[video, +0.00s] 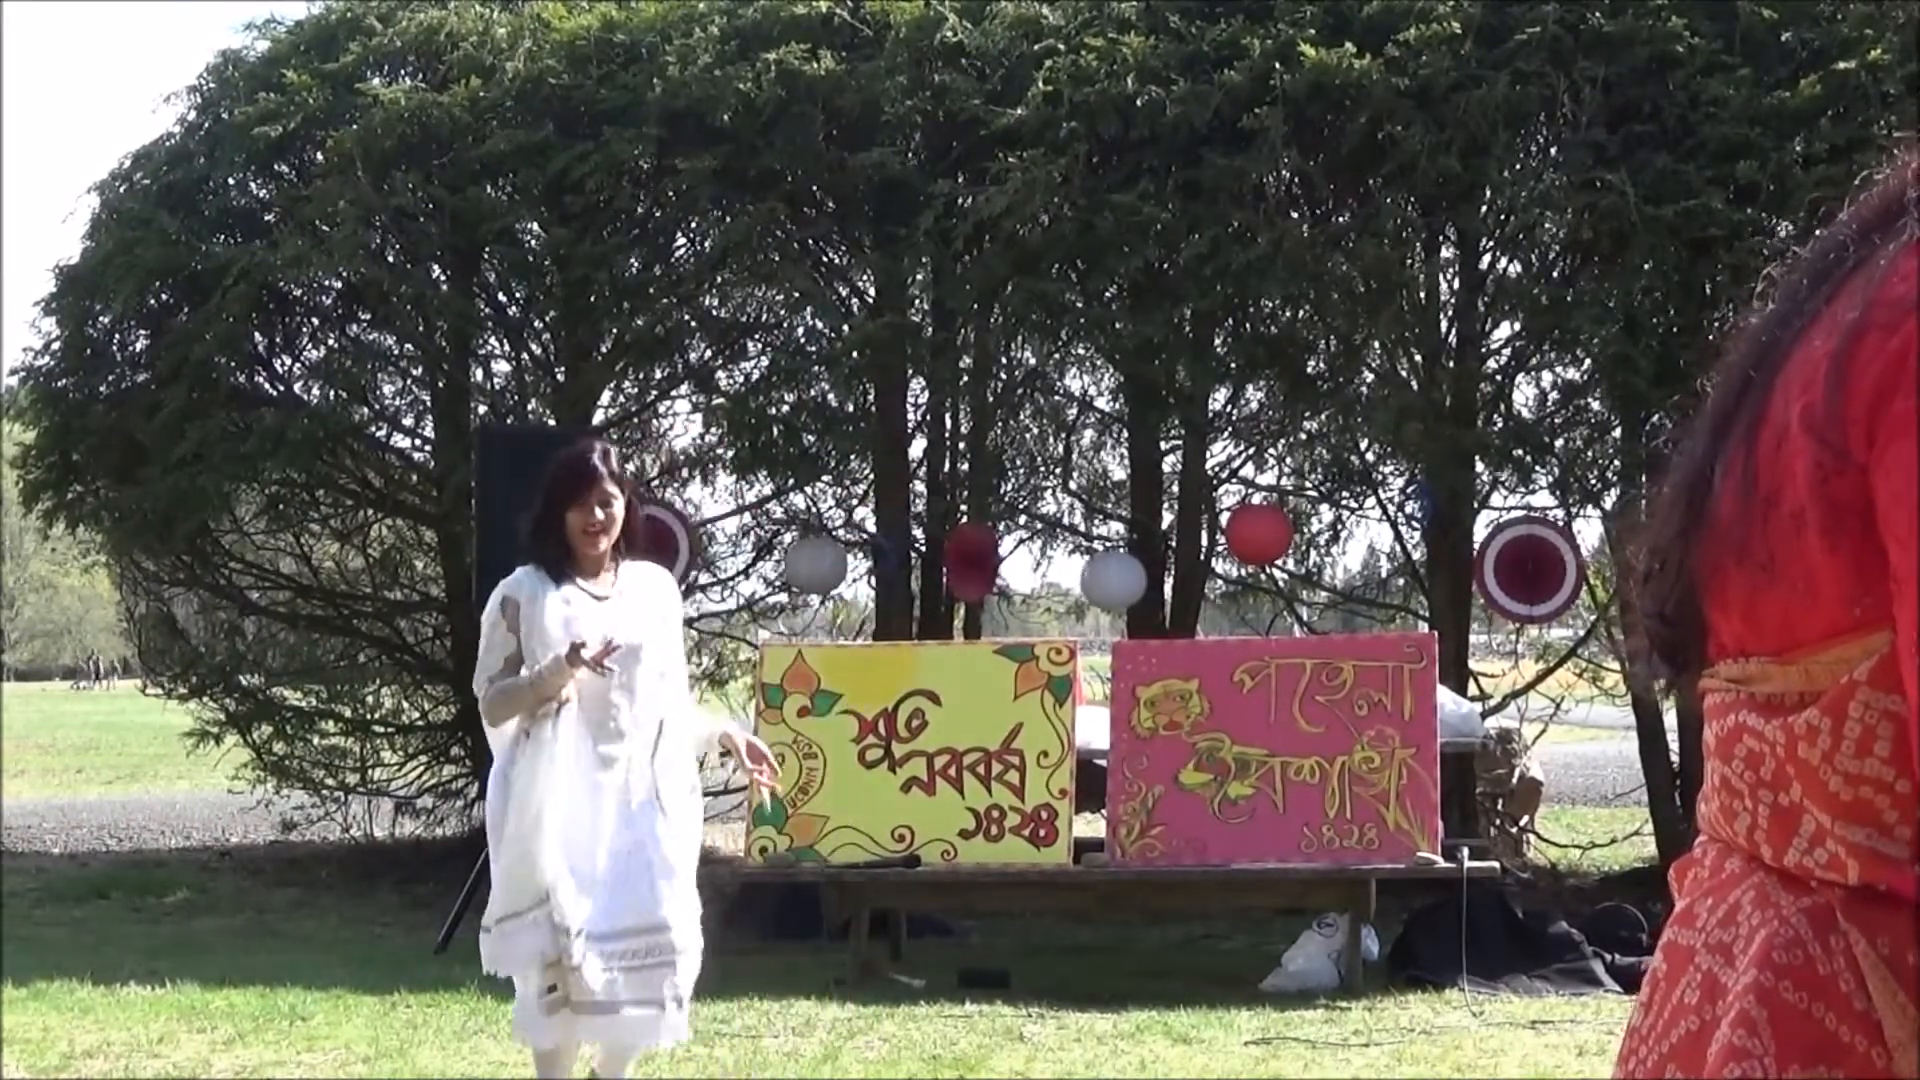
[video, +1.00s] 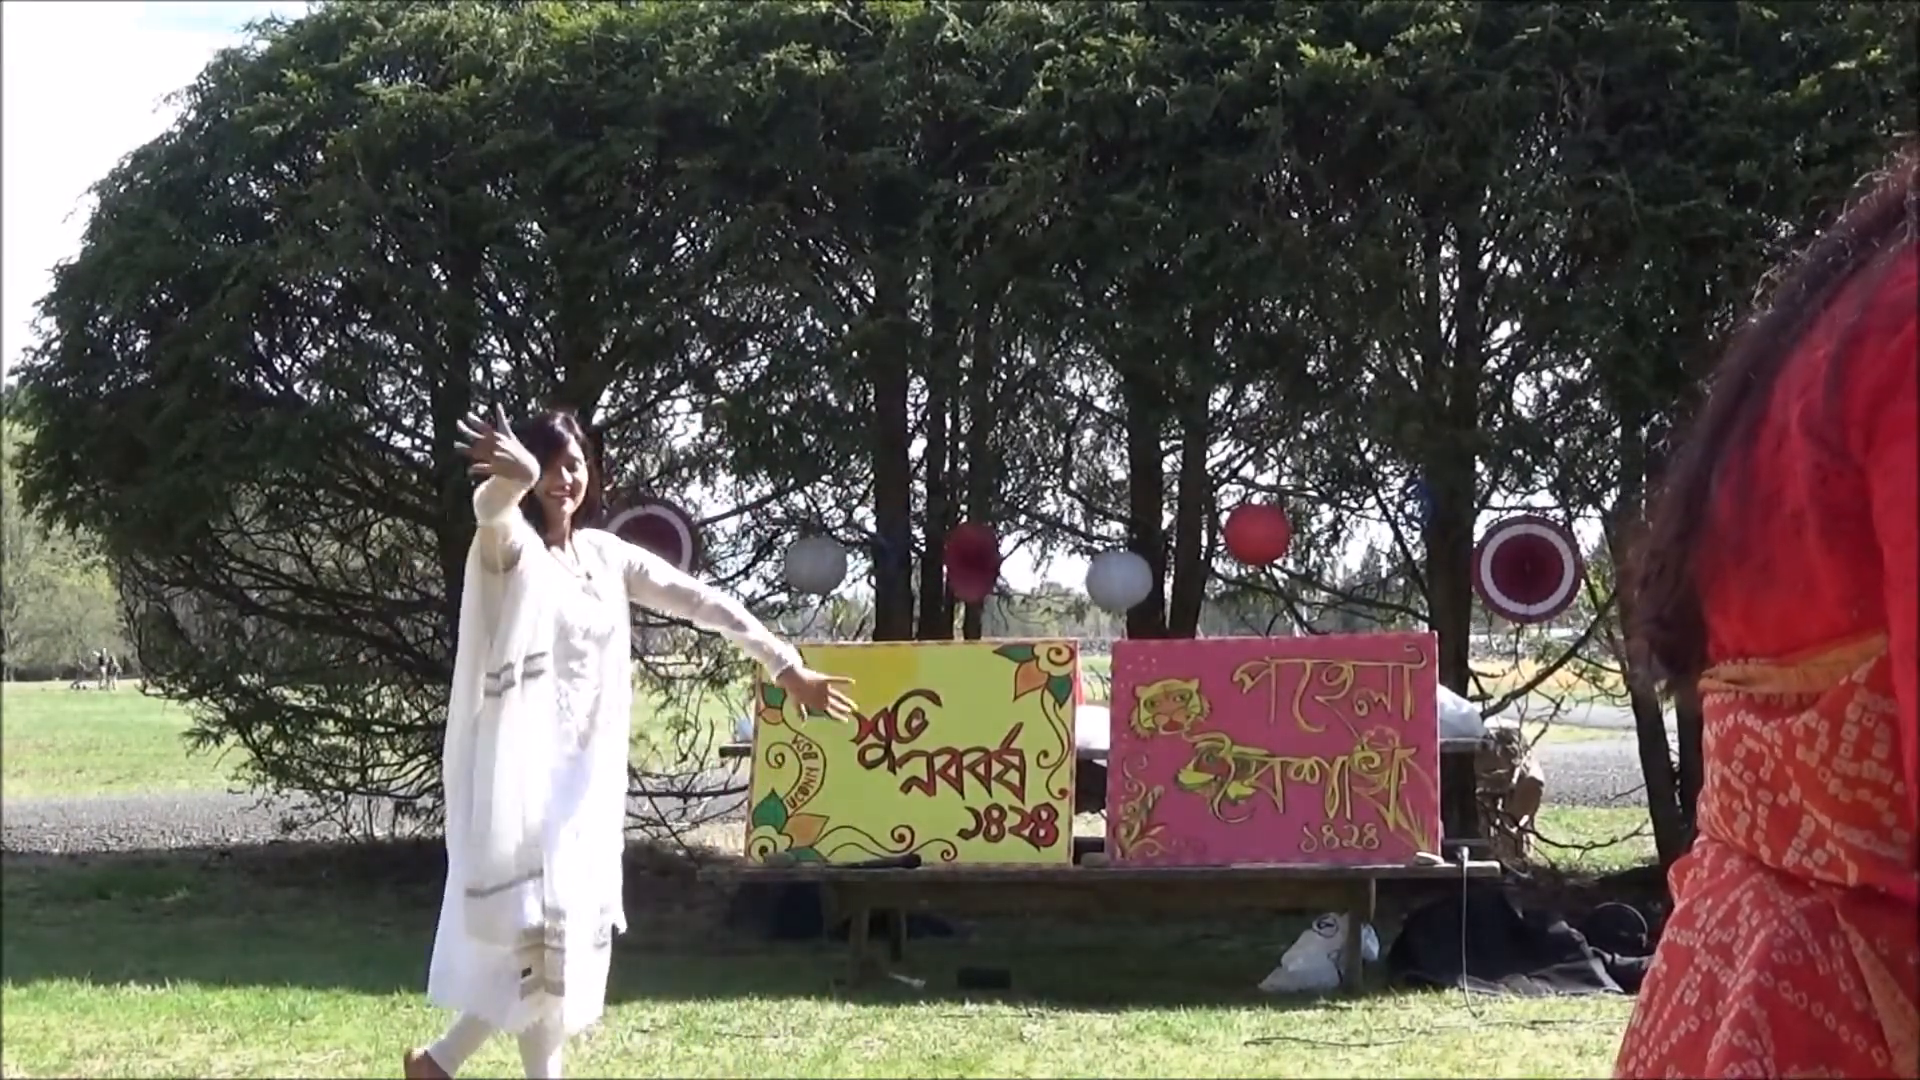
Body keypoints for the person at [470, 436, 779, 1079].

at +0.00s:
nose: (597, 516)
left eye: (609, 501)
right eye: (582, 503)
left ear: (626, 506)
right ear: (557, 510)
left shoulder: (655, 586)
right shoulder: (521, 595)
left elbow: (672, 708)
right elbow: (493, 709)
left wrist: (727, 736)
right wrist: (560, 669)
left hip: (642, 813)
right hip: (550, 815)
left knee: (653, 961)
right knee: (551, 976)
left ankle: (611, 1069)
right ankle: (555, 1070)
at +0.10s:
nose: (582, 521)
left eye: (594, 506)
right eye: (567, 508)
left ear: (611, 512)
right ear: (544, 517)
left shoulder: (643, 591)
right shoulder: (511, 602)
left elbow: (660, 709)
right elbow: (489, 718)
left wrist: (722, 731)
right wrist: (564, 680)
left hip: (623, 827)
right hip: (534, 828)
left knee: (593, 993)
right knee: (526, 999)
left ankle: (544, 1065)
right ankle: (528, 1067)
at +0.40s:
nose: (572, 504)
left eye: (582, 488)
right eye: (556, 492)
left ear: (599, 492)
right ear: (532, 501)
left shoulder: (630, 574)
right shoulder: (507, 580)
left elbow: (677, 669)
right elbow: (414, 652)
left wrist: (727, 729)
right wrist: (457, 718)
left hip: (606, 799)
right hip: (529, 796)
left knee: (575, 962)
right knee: (562, 959)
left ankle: (445, 1064)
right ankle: (551, 1072)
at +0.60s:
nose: (578, 483)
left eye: (586, 469)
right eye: (561, 472)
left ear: (603, 475)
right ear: (538, 485)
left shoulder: (634, 555)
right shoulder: (512, 554)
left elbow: (710, 611)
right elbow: (399, 573)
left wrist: (767, 679)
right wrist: (375, 661)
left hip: (602, 772)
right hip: (528, 769)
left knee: (562, 938)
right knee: (549, 937)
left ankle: (427, 1038)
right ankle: (548, 1070)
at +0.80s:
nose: (578, 478)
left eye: (586, 464)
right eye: (563, 467)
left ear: (600, 471)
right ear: (536, 477)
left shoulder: (624, 549)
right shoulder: (514, 541)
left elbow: (713, 589)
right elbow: (445, 527)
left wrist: (786, 642)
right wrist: (389, 563)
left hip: (592, 772)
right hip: (522, 769)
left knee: (562, 938)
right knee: (547, 937)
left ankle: (443, 1061)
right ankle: (544, 1070)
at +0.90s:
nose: (571, 476)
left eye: (580, 463)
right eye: (556, 464)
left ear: (596, 472)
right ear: (531, 475)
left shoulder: (614, 550)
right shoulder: (513, 540)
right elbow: (492, 526)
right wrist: (443, 511)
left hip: (587, 776)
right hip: (516, 773)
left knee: (565, 941)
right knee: (537, 939)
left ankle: (444, 1061)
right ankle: (546, 1072)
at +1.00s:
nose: (564, 478)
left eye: (576, 465)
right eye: (552, 465)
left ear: (591, 476)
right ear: (527, 474)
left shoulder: (606, 554)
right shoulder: (508, 546)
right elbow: (492, 510)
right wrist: (520, 473)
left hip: (584, 782)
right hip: (514, 781)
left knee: (563, 943)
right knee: (542, 942)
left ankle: (438, 1060)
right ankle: (544, 1073)